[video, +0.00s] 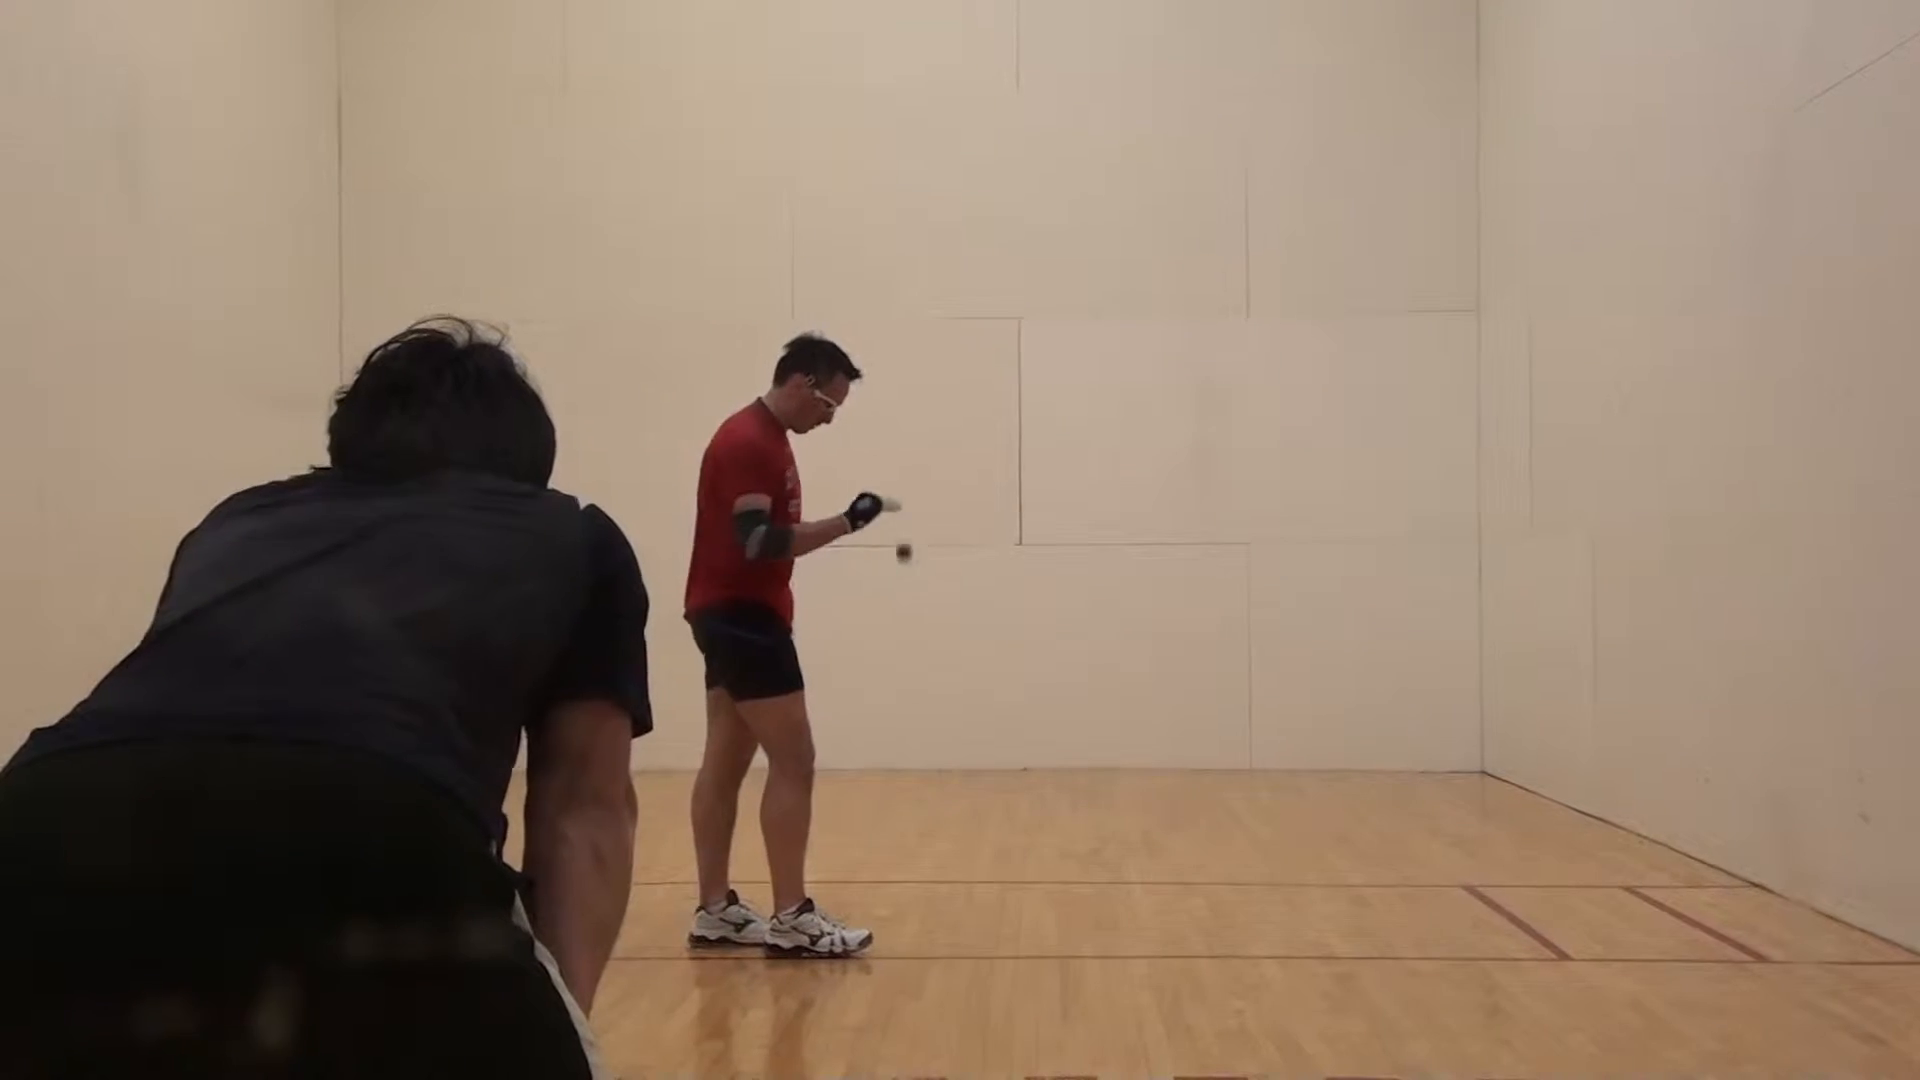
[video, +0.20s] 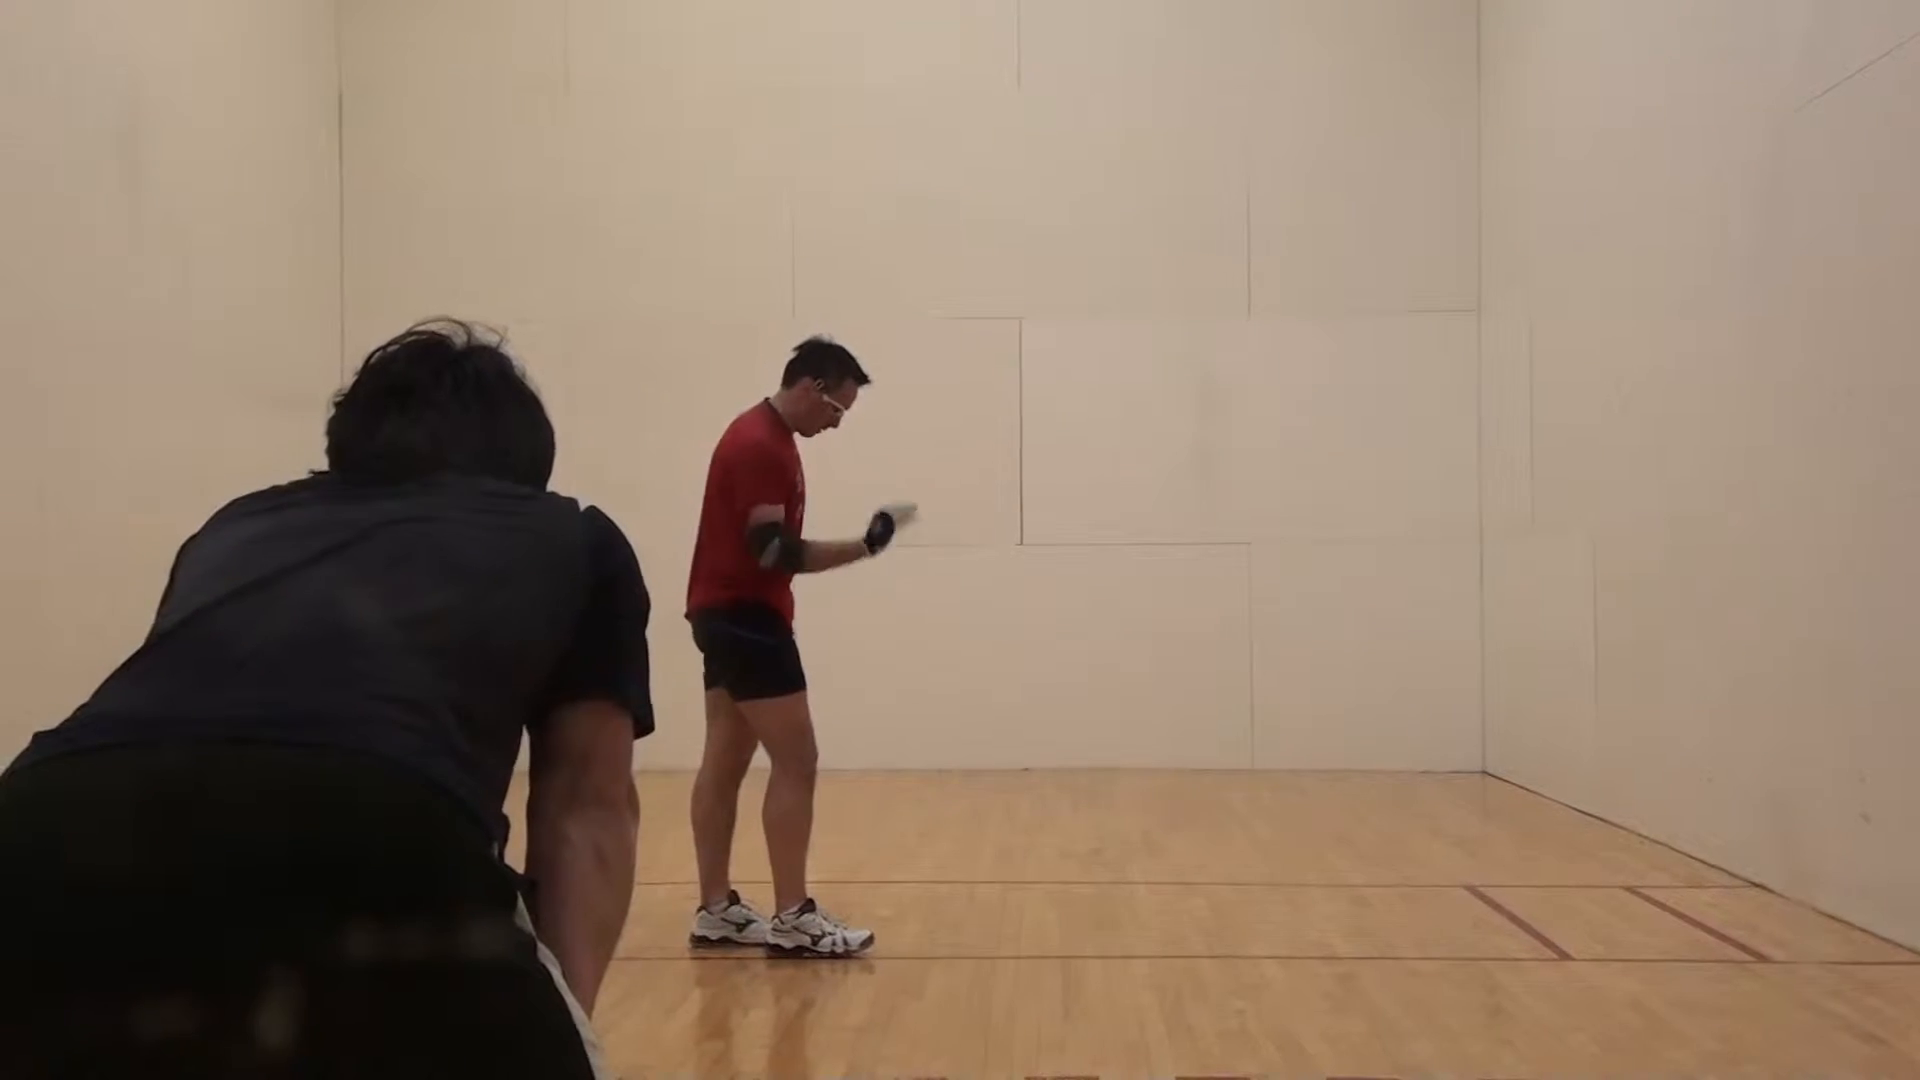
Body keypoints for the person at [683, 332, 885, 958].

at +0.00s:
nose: (829, 417)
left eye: (834, 407)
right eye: (829, 403)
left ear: (799, 387)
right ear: (797, 384)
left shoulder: (762, 436)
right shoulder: (751, 440)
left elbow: (761, 536)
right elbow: (755, 539)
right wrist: (840, 524)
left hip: (731, 616)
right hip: (746, 619)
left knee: (725, 761)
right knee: (794, 761)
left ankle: (715, 908)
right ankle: (791, 914)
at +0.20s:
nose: (836, 421)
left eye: (841, 412)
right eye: (835, 407)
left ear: (805, 390)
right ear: (804, 386)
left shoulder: (759, 435)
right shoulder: (764, 445)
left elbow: (764, 545)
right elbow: (772, 549)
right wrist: (863, 547)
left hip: (724, 616)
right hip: (750, 621)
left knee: (726, 758)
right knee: (795, 758)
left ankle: (715, 907)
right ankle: (793, 914)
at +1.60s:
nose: (831, 419)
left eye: (837, 408)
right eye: (832, 405)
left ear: (802, 388)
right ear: (801, 386)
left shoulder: (761, 436)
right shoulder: (753, 442)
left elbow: (758, 539)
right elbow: (754, 538)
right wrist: (842, 542)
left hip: (732, 618)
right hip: (751, 622)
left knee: (725, 759)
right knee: (799, 761)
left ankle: (718, 908)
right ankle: (794, 915)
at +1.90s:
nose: (829, 419)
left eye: (835, 408)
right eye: (828, 404)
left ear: (796, 389)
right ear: (797, 385)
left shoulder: (750, 437)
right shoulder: (755, 444)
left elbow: (764, 548)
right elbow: (767, 549)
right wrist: (851, 597)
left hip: (728, 617)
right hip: (752, 620)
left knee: (727, 758)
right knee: (803, 757)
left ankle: (717, 907)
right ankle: (794, 914)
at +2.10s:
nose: (829, 418)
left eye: (835, 408)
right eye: (829, 404)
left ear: (801, 388)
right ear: (798, 385)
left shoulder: (764, 439)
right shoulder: (749, 445)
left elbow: (763, 545)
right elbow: (736, 556)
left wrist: (802, 581)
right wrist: (766, 644)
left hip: (743, 622)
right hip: (752, 627)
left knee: (727, 762)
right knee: (803, 760)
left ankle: (718, 908)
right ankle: (795, 913)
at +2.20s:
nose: (829, 418)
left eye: (835, 407)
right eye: (829, 404)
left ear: (802, 389)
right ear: (796, 384)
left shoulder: (770, 441)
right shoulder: (742, 443)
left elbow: (766, 536)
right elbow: (717, 550)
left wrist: (814, 565)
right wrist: (729, 638)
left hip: (748, 625)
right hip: (759, 632)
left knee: (726, 767)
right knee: (805, 760)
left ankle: (719, 908)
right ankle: (795, 913)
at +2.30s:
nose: (827, 418)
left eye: (833, 408)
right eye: (826, 404)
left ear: (801, 389)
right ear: (794, 383)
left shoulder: (775, 442)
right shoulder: (736, 441)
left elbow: (767, 536)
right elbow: (702, 541)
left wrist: (825, 549)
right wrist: (705, 636)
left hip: (751, 626)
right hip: (756, 630)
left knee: (727, 764)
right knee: (804, 758)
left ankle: (718, 908)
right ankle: (795, 913)